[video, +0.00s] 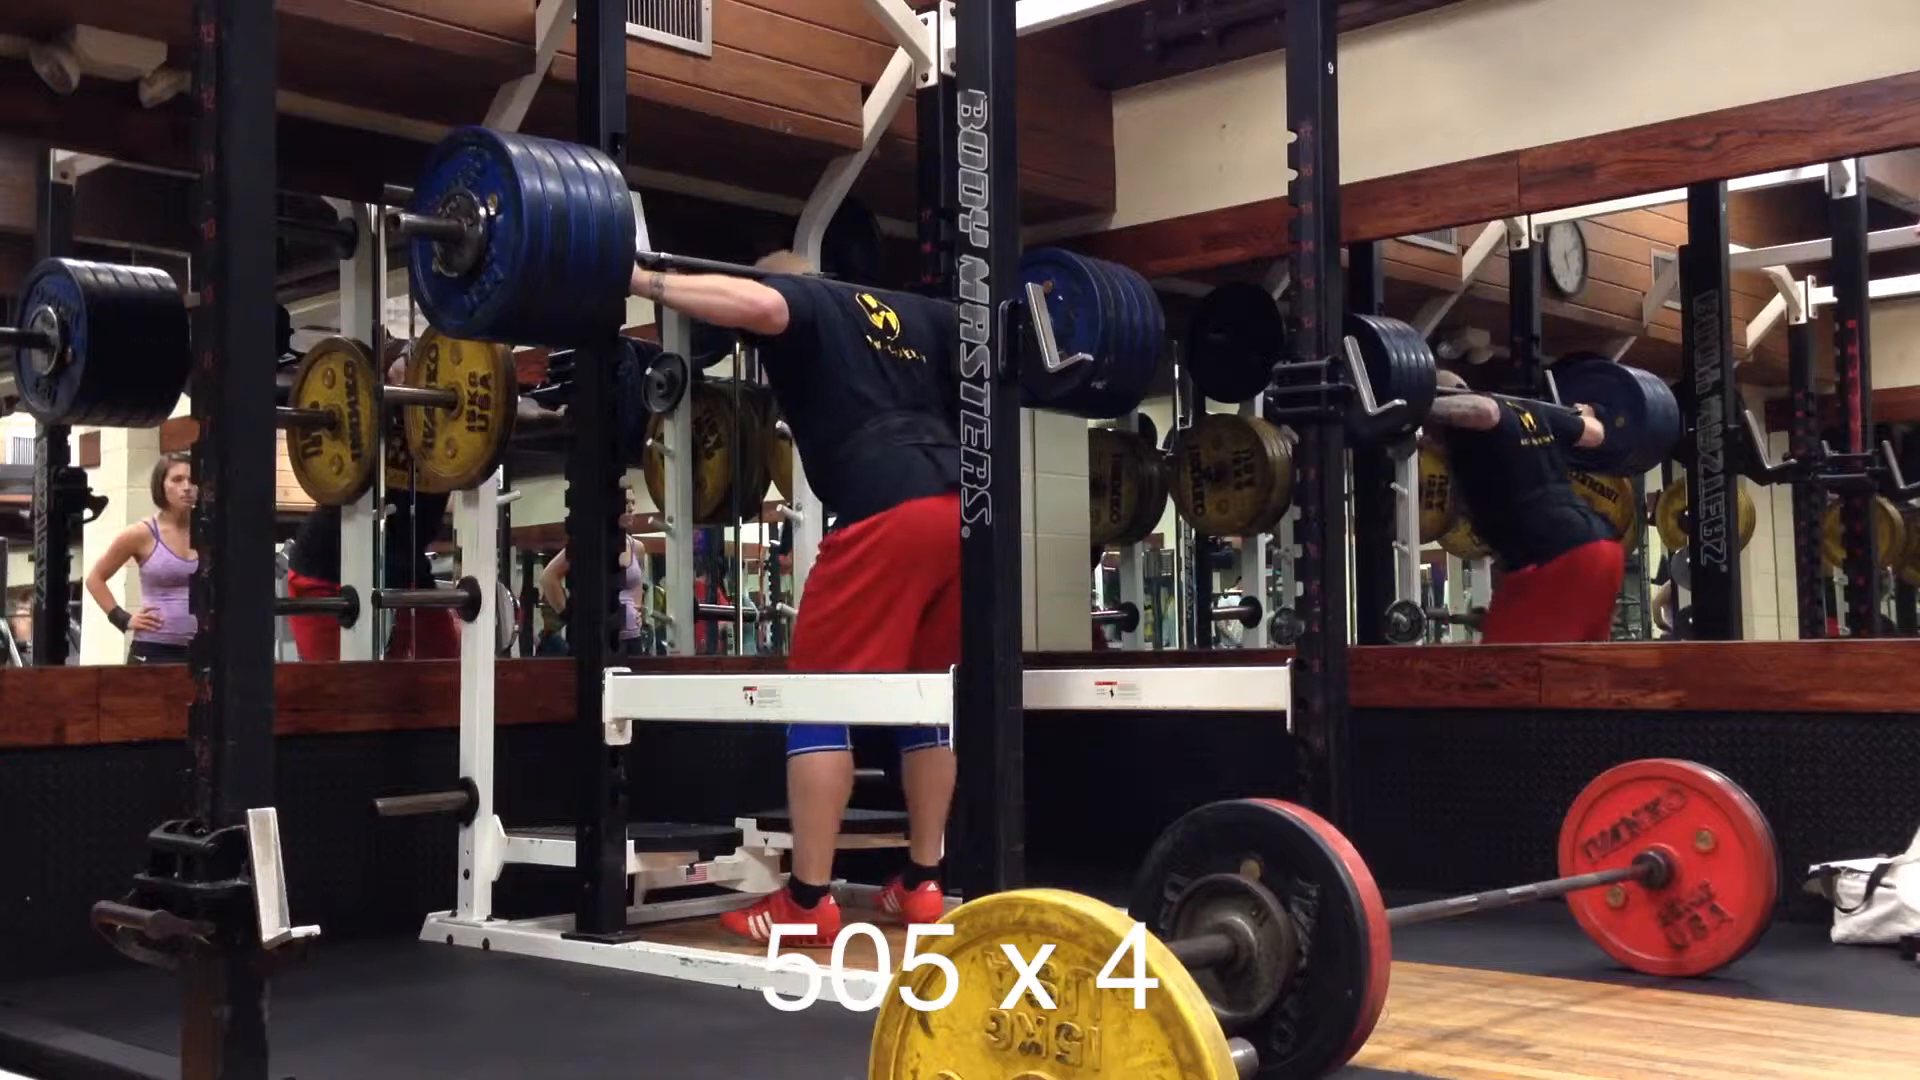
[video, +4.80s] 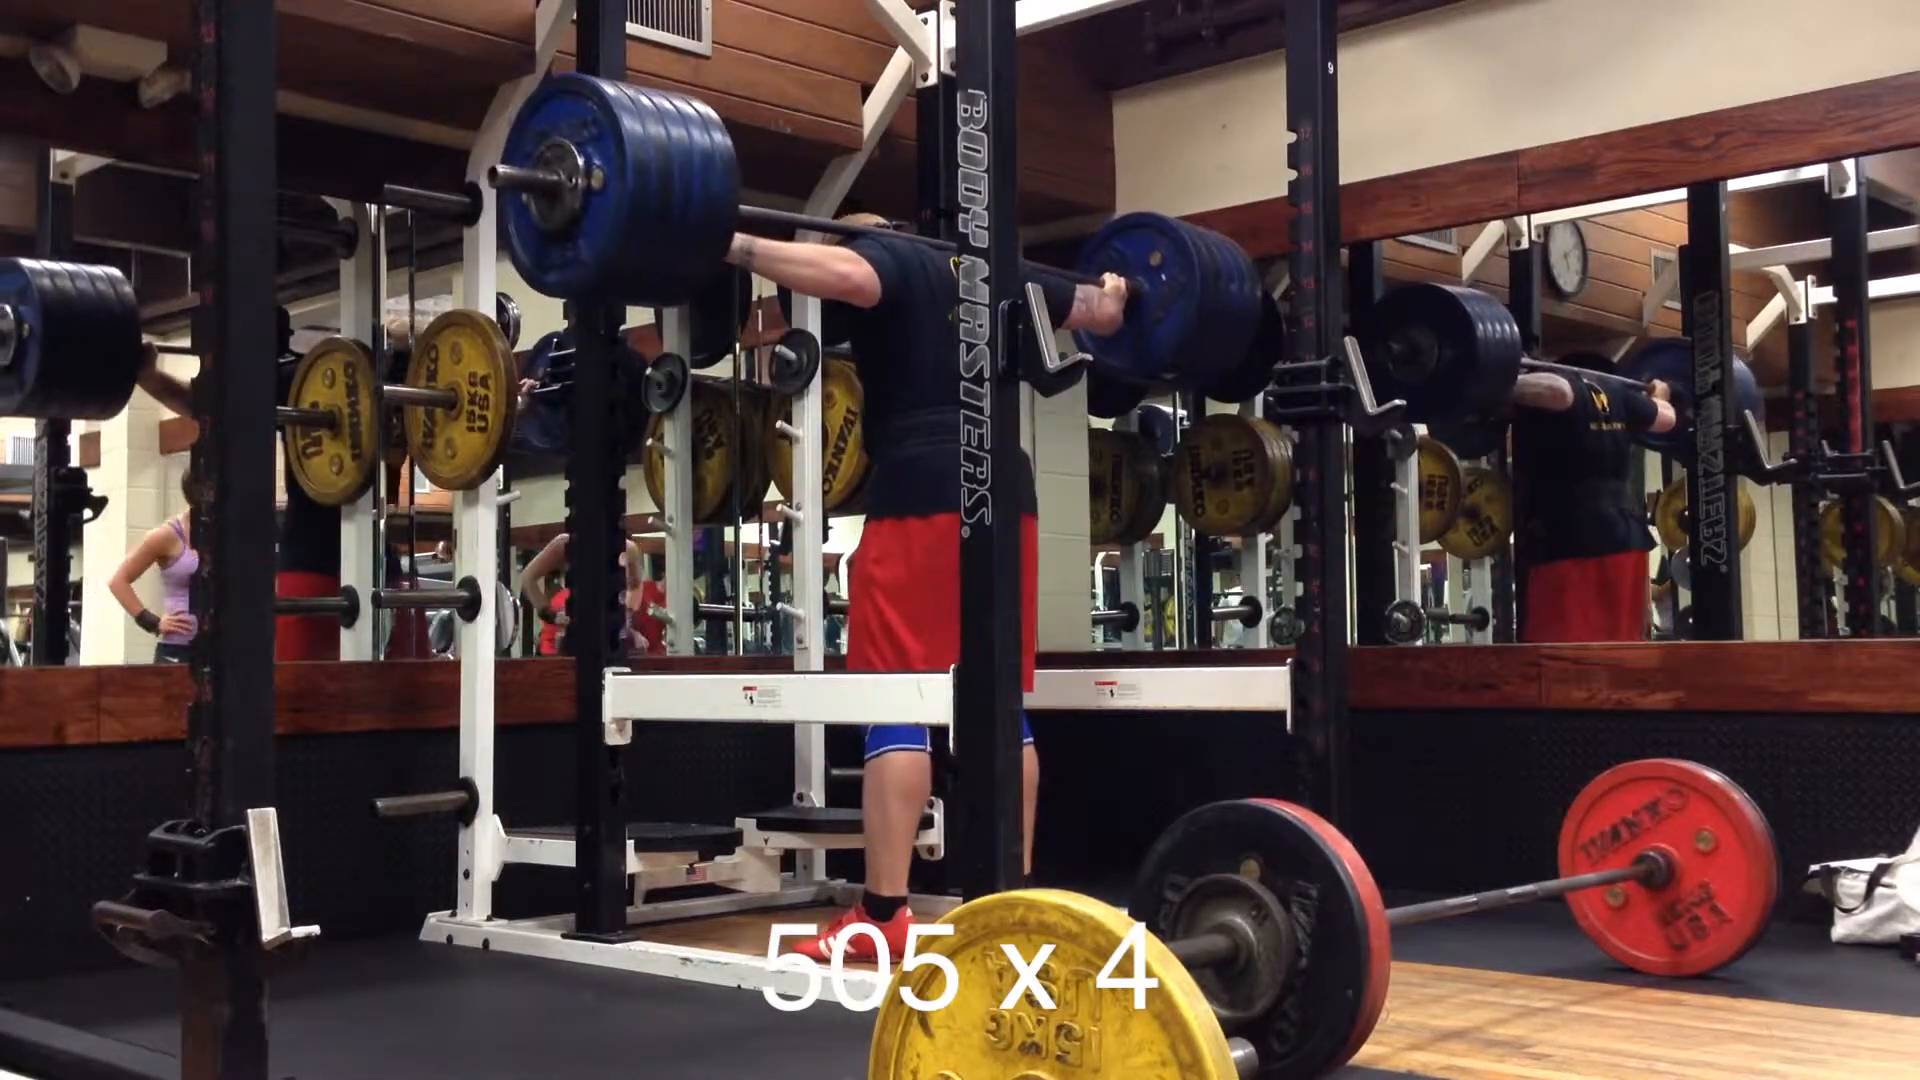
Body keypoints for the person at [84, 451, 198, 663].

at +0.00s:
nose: (187, 488)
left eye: (193, 480)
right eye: (178, 480)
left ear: (200, 486)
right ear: (160, 486)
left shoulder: (204, 530)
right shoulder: (141, 534)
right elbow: (94, 579)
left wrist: (213, 615)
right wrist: (123, 619)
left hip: (200, 647)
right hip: (154, 648)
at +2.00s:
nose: (186, 489)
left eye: (192, 482)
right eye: (177, 482)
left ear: (200, 488)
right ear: (160, 487)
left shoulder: (204, 530)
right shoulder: (140, 534)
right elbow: (94, 579)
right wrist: (123, 619)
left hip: (199, 648)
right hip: (153, 647)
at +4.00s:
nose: (186, 489)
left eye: (191, 482)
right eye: (176, 482)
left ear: (199, 487)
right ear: (159, 487)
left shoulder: (204, 529)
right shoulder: (141, 534)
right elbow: (93, 579)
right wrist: (123, 619)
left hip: (199, 648)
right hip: (153, 648)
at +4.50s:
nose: (203, 491)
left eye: (200, 485)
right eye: (197, 485)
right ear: (181, 491)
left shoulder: (205, 531)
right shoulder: (144, 534)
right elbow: (97, 580)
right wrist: (128, 620)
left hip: (201, 648)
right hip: (157, 649)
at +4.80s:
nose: (215, 496)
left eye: (218, 487)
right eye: (210, 488)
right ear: (196, 492)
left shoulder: (226, 532)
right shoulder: (167, 536)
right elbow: (118, 582)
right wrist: (155, 624)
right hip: (180, 651)